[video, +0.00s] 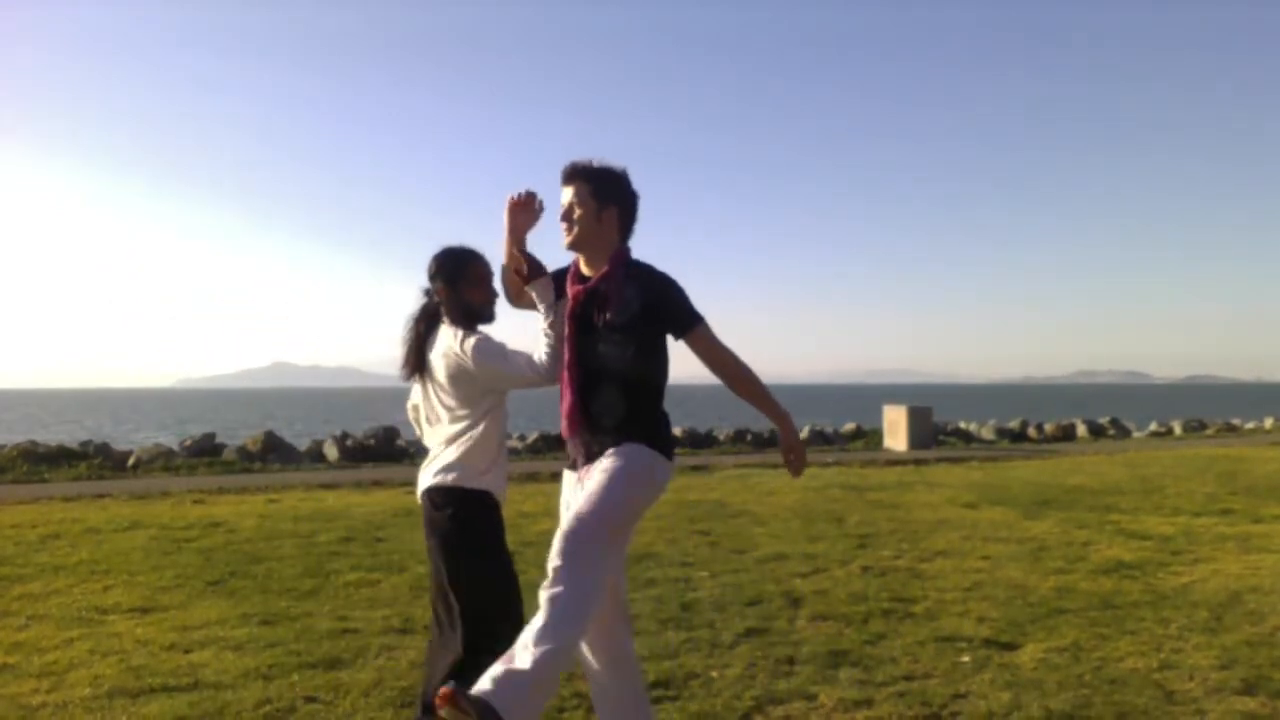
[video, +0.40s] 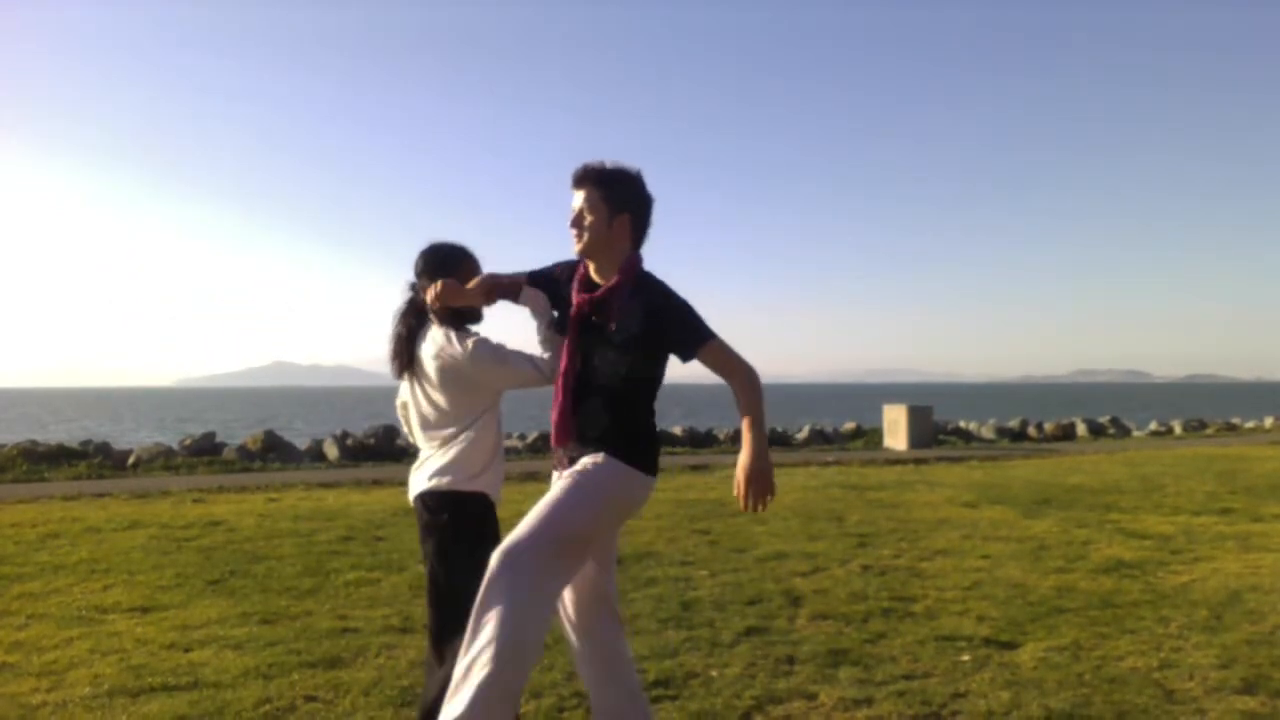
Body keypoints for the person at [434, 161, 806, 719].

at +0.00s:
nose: (562, 218)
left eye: (573, 209)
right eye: (562, 210)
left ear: (612, 216)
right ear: (573, 218)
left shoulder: (650, 287)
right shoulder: (565, 283)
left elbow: (718, 360)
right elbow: (518, 290)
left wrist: (784, 423)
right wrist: (515, 238)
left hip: (635, 452)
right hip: (580, 460)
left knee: (574, 551)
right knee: (600, 612)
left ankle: (500, 700)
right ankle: (626, 714)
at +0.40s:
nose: (573, 222)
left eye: (584, 213)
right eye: (573, 212)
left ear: (622, 222)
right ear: (592, 221)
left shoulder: (653, 299)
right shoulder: (567, 278)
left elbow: (742, 375)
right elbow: (502, 285)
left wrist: (755, 451)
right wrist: (467, 293)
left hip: (618, 464)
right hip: (572, 461)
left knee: (515, 566)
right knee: (590, 616)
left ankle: (466, 712)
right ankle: (625, 714)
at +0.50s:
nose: (576, 224)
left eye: (588, 215)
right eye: (577, 214)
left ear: (627, 225)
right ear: (588, 221)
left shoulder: (651, 302)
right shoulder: (571, 278)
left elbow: (734, 383)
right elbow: (492, 290)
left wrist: (709, 446)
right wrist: (458, 322)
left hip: (610, 467)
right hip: (569, 463)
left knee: (515, 581)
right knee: (587, 614)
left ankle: (504, 713)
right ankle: (624, 714)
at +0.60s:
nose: (579, 225)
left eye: (590, 216)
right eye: (578, 215)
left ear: (630, 226)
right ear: (582, 219)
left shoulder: (649, 304)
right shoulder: (566, 277)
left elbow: (718, 386)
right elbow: (483, 302)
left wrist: (657, 422)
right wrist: (457, 355)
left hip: (600, 471)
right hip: (560, 469)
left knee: (521, 598)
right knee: (591, 626)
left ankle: (535, 713)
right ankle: (624, 714)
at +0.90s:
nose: (561, 228)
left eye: (575, 221)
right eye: (562, 218)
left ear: (616, 239)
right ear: (561, 225)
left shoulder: (631, 310)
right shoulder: (533, 282)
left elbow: (687, 382)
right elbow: (474, 328)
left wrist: (598, 358)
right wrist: (490, 409)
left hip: (591, 479)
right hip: (537, 474)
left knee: (535, 628)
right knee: (591, 625)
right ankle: (625, 714)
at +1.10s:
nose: (523, 264)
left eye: (536, 255)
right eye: (527, 252)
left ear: (580, 269)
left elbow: (648, 411)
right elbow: (508, 382)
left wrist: (572, 367)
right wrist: (503, 442)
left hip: (594, 487)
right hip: (538, 481)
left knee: (552, 631)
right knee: (577, 628)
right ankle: (623, 712)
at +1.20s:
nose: (499, 288)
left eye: (510, 279)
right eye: (502, 276)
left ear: (553, 295)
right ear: (542, 295)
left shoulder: (611, 354)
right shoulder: (523, 338)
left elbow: (611, 442)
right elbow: (521, 421)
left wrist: (542, 384)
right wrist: (516, 497)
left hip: (595, 492)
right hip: (552, 488)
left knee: (553, 637)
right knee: (572, 631)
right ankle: (621, 711)